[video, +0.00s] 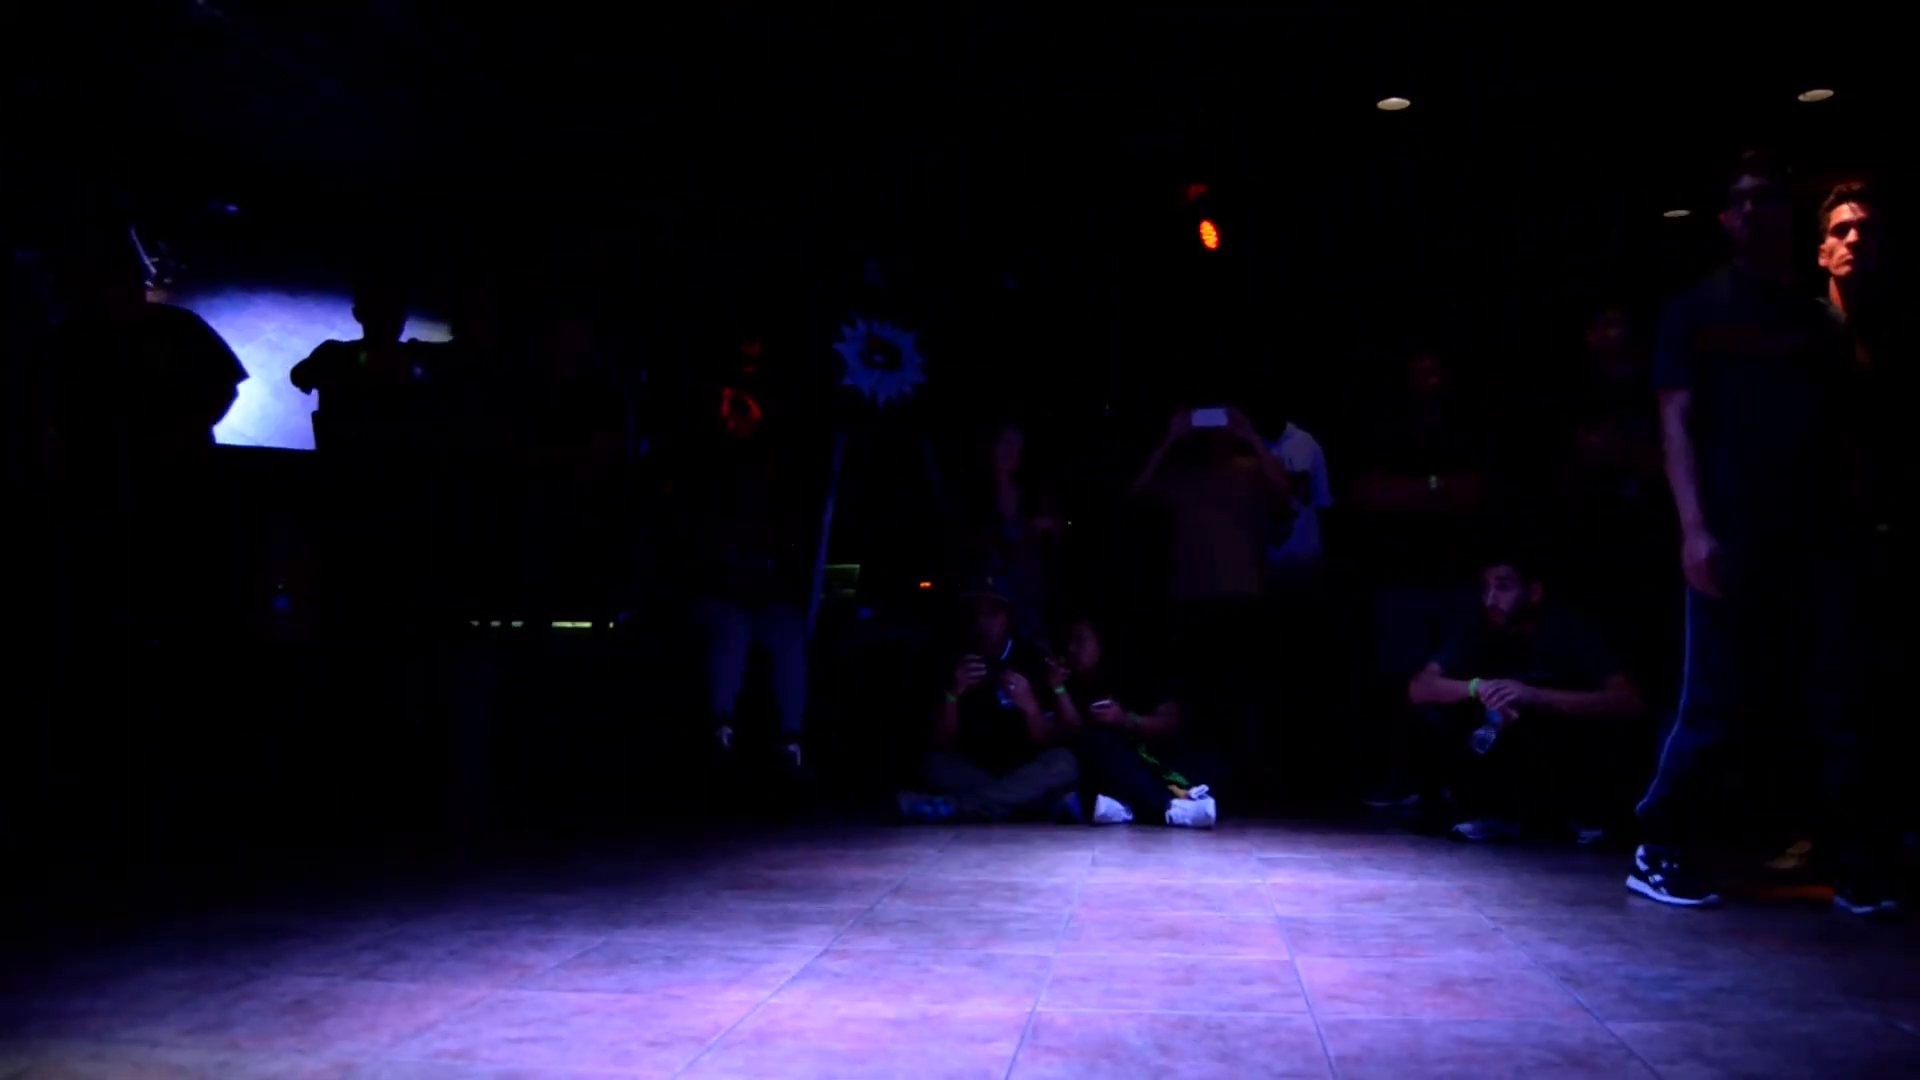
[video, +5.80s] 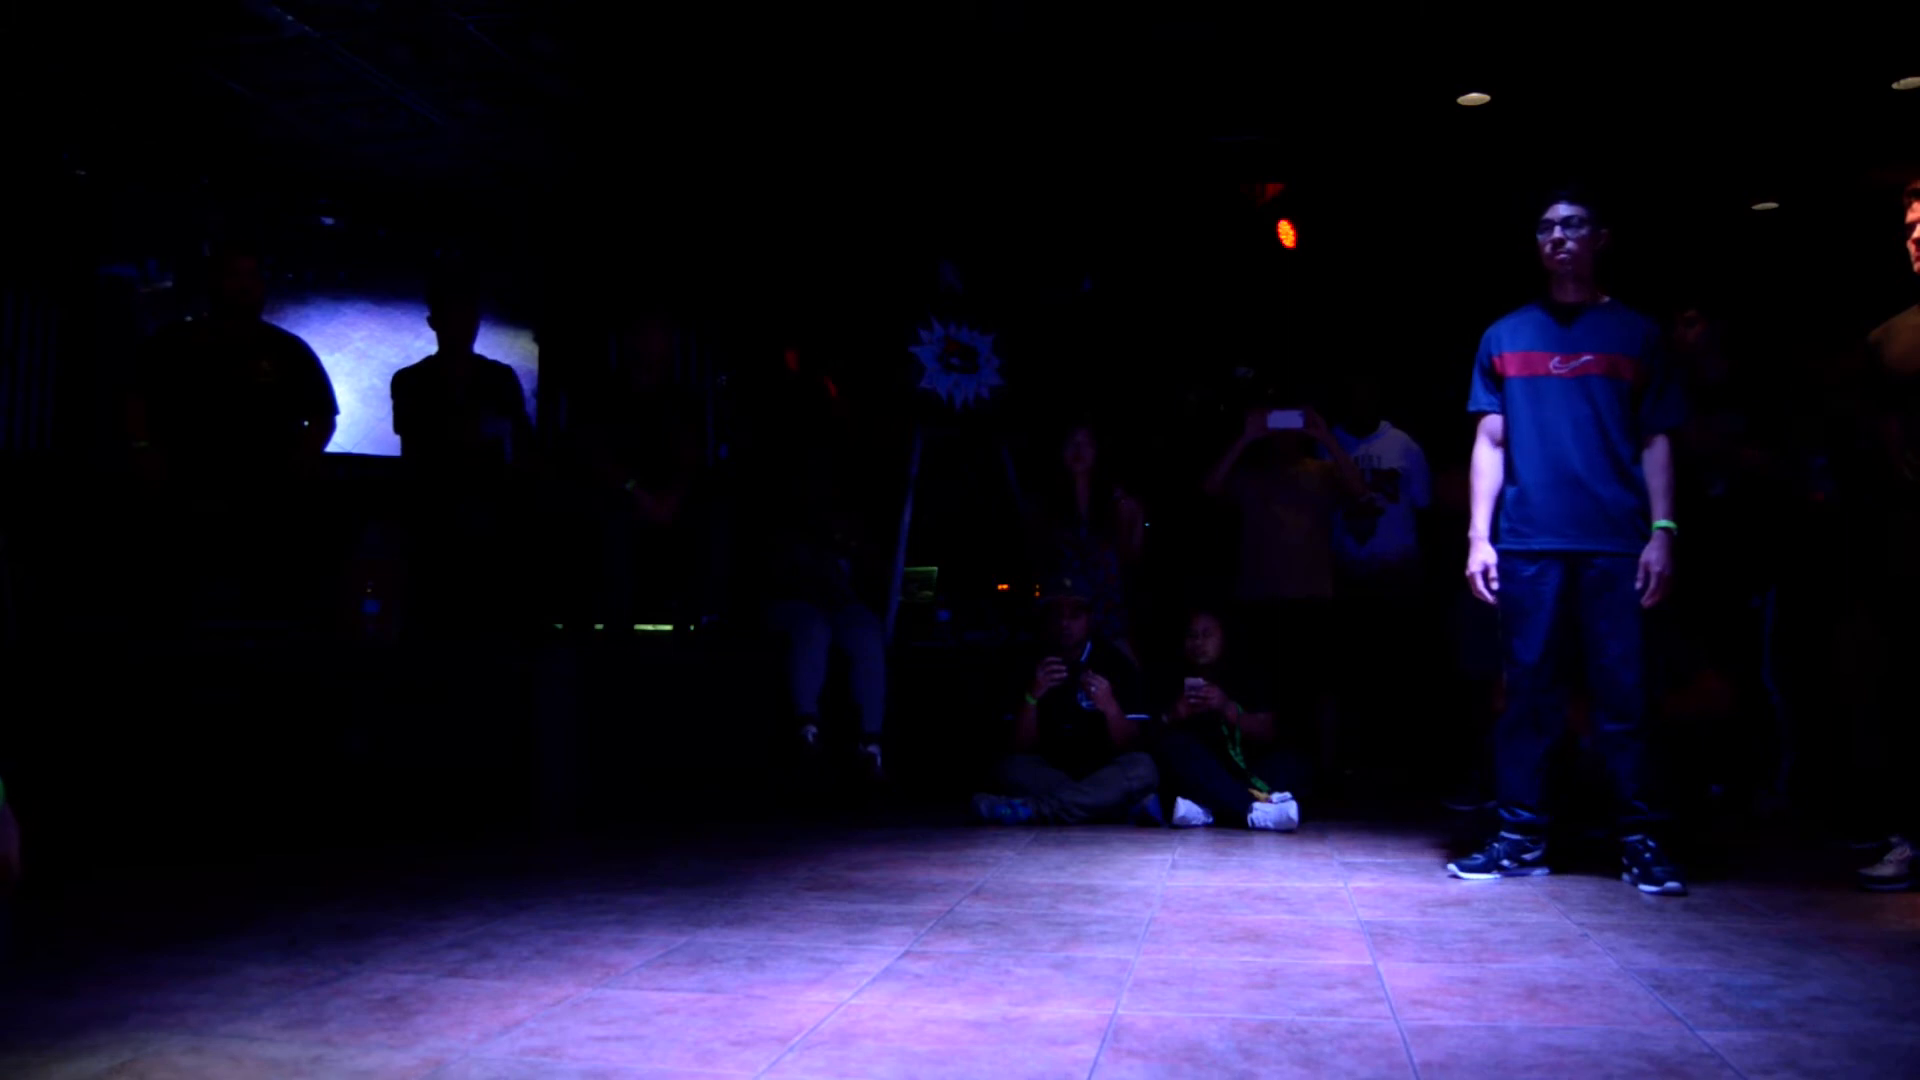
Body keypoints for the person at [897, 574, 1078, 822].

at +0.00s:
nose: (987, 624)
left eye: (994, 615)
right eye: (980, 616)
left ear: (1007, 619)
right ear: (970, 621)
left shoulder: (1028, 659)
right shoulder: (956, 660)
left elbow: (1044, 737)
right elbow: (942, 741)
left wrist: (1027, 702)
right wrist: (954, 693)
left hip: (1021, 755)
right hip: (970, 755)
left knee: (1063, 764)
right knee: (934, 766)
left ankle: (958, 806)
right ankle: (1039, 805)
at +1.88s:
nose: (1003, 628)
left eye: (1012, 619)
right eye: (997, 619)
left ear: (1032, 623)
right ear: (989, 626)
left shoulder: (1055, 665)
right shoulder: (977, 666)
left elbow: (1075, 744)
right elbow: (966, 743)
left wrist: (1055, 710)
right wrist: (980, 700)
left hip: (1047, 762)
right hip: (994, 764)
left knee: (1089, 771)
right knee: (959, 771)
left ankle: (985, 814)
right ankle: (1065, 813)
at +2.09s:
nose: (1037, 625)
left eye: (1045, 616)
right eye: (1031, 617)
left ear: (1062, 621)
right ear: (1022, 624)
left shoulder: (1085, 661)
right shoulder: (1010, 662)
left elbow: (1102, 741)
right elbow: (996, 740)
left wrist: (1083, 706)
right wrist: (1010, 695)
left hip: (1076, 757)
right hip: (1025, 758)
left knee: (1117, 767)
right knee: (991, 769)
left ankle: (1014, 810)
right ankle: (1094, 809)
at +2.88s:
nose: (1072, 625)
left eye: (1079, 615)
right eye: (1064, 616)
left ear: (1091, 620)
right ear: (1051, 621)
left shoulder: (1110, 660)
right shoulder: (1036, 662)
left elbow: (1128, 738)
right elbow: (1024, 742)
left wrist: (1108, 705)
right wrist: (1034, 694)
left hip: (1101, 757)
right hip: (1051, 757)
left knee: (1141, 766)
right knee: (1018, 768)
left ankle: (1037, 809)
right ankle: (1120, 808)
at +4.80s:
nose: (1066, 629)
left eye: (1073, 620)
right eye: (1059, 621)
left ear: (1086, 623)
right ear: (1049, 627)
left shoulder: (1108, 662)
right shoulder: (1035, 664)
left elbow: (1127, 738)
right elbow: (1021, 741)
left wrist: (1107, 705)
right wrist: (1034, 695)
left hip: (1100, 756)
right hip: (1050, 757)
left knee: (1141, 766)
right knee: (1016, 769)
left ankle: (1036, 809)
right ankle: (1119, 808)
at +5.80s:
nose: (1065, 625)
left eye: (1075, 616)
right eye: (1058, 616)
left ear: (1088, 620)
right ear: (1047, 621)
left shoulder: (1110, 660)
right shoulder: (1032, 661)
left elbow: (1131, 741)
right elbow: (1021, 745)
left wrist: (1108, 705)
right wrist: (1033, 696)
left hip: (1101, 760)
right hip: (1049, 760)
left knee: (1142, 768)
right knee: (1013, 769)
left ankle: (1037, 809)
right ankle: (1121, 809)